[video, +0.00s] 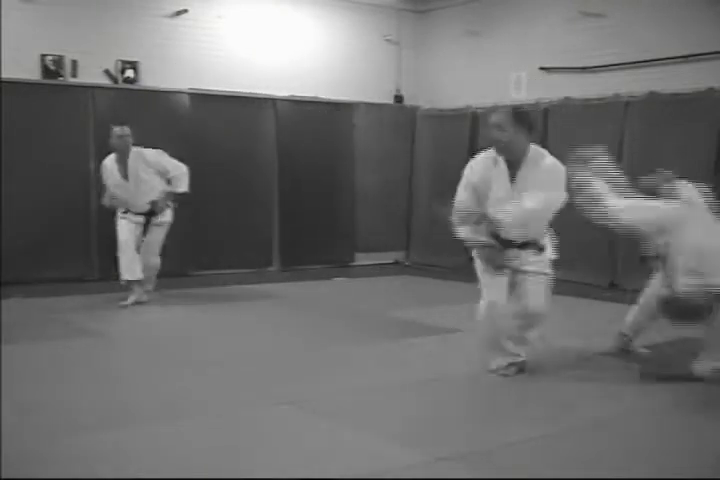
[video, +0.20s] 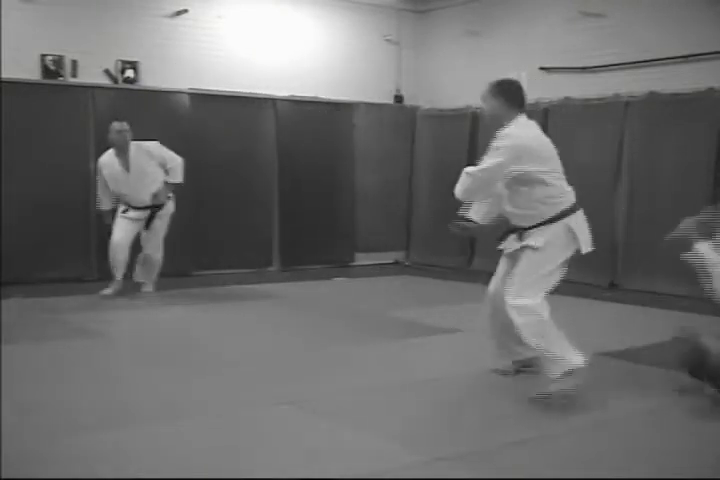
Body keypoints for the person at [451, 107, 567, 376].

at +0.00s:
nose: (493, 136)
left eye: (500, 129)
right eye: (490, 129)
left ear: (523, 131)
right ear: (487, 130)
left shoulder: (550, 169)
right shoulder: (479, 166)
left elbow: (539, 211)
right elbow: (464, 215)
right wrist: (485, 248)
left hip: (533, 250)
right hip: (492, 249)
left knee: (535, 308)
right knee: (494, 305)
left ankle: (515, 341)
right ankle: (504, 358)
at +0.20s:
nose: (483, 114)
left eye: (486, 108)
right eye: (483, 107)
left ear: (501, 106)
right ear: (512, 105)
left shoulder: (517, 138)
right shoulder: (516, 134)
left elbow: (468, 187)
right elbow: (504, 188)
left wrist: (468, 180)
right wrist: (476, 216)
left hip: (555, 231)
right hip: (530, 231)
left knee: (521, 297)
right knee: (498, 293)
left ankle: (567, 366)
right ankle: (523, 358)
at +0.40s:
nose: (500, 127)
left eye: (501, 121)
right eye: (500, 121)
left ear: (509, 123)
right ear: (537, 124)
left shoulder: (504, 154)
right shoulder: (564, 153)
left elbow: (492, 219)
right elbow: (577, 200)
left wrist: (494, 237)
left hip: (557, 242)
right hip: (595, 238)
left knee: (523, 322)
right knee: (575, 311)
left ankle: (544, 402)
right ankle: (616, 369)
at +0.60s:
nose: (499, 129)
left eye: (500, 122)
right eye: (499, 123)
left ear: (508, 122)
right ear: (537, 121)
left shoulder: (504, 152)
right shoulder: (571, 146)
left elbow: (491, 210)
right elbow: (608, 193)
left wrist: (480, 267)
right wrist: (631, 243)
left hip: (553, 239)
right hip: (600, 234)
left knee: (517, 315)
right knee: (597, 313)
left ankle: (538, 396)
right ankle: (623, 386)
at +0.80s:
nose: (483, 104)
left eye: (485, 98)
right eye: (485, 98)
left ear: (493, 98)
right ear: (521, 98)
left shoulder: (485, 133)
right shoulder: (556, 129)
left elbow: (468, 187)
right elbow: (589, 181)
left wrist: (457, 242)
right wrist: (603, 233)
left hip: (524, 226)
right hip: (572, 222)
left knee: (482, 305)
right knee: (581, 306)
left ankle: (464, 391)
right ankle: (618, 380)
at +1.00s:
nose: (477, 95)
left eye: (478, 89)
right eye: (478, 89)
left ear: (487, 88)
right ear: (516, 89)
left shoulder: (480, 123)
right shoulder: (549, 124)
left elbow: (456, 176)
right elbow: (560, 175)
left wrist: (449, 230)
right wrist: (548, 212)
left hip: (508, 218)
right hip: (552, 217)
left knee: (472, 305)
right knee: (556, 296)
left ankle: (461, 392)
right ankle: (572, 371)